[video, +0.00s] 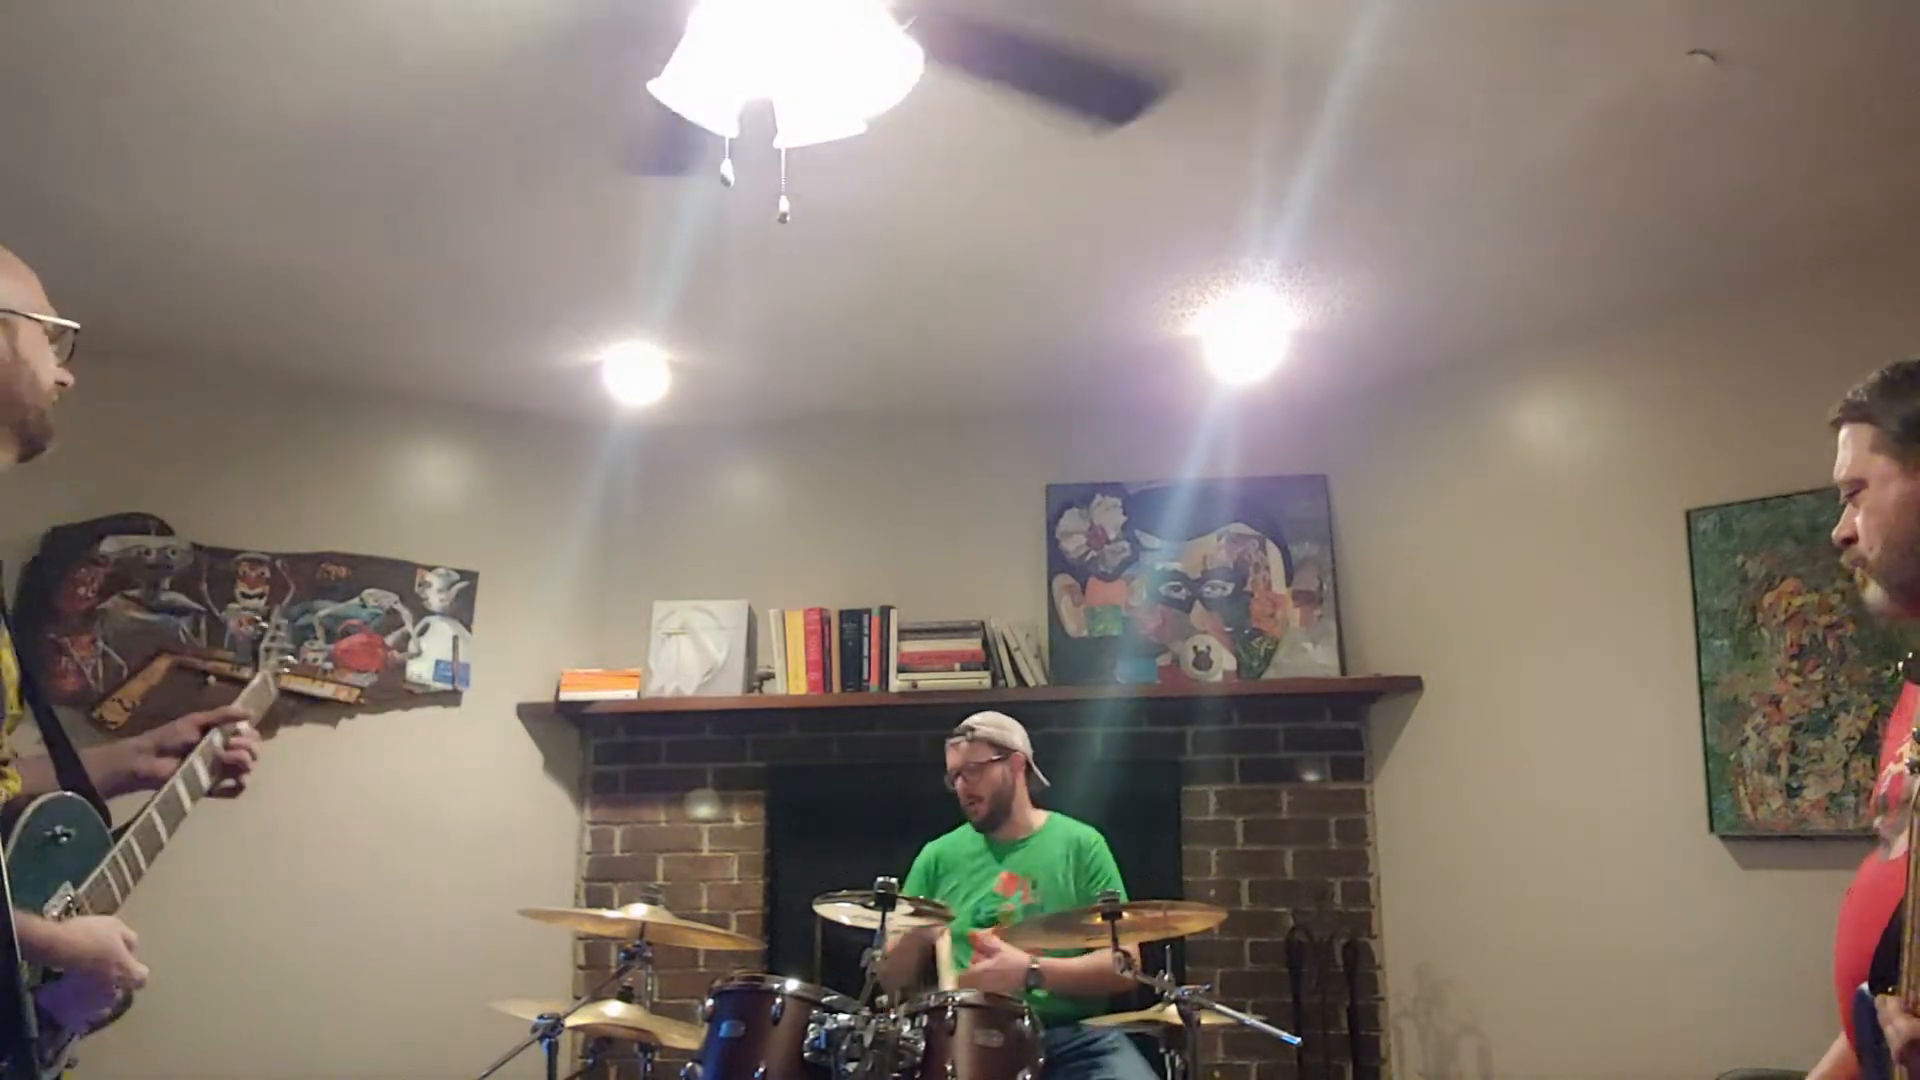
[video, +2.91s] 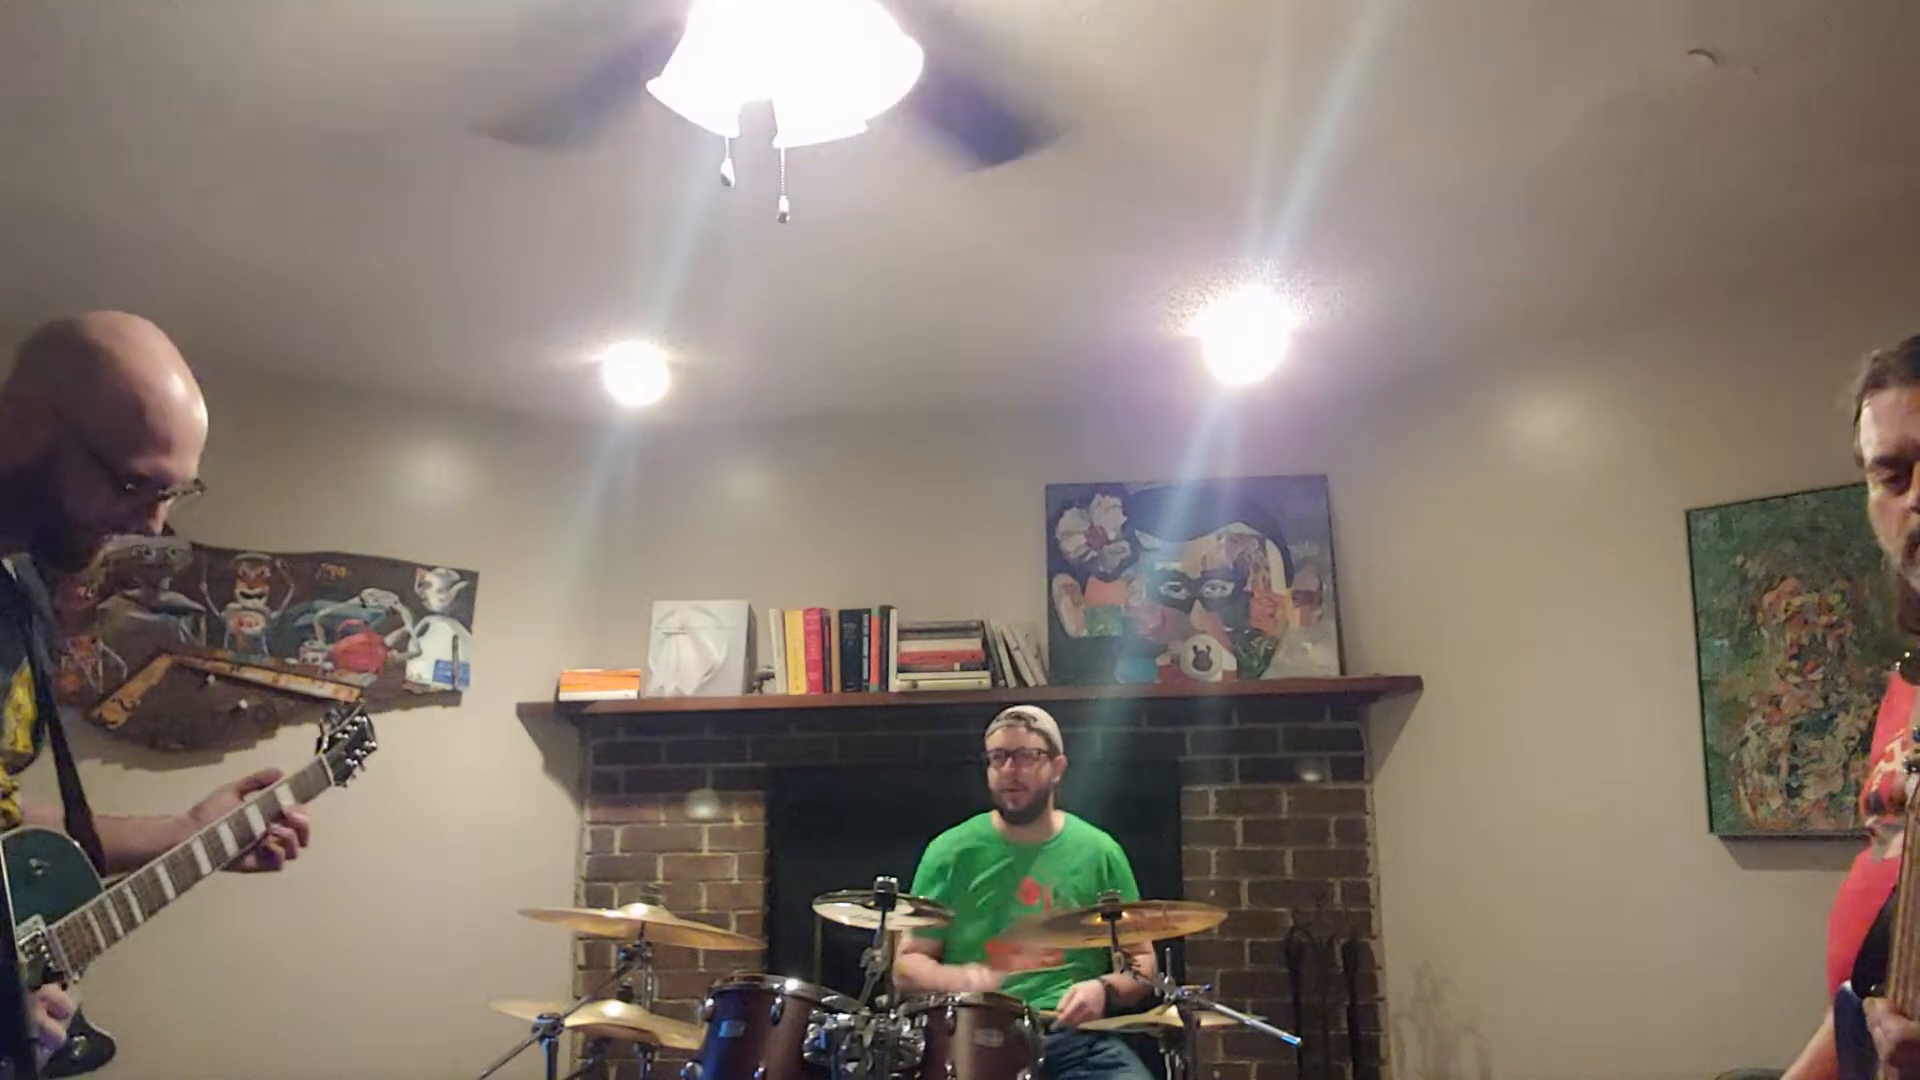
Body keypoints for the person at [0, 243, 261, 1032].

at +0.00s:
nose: (67, 376)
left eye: (63, 343)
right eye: (53, 335)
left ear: (9, 338)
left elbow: (5, 777)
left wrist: (141, 759)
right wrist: (49, 941)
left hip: (26, 1021)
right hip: (14, 1027)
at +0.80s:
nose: (142, 460)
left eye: (140, 432)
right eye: (122, 431)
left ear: (27, 430)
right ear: (26, 428)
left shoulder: (47, 602)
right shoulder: (15, 609)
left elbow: (65, 809)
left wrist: (250, 768)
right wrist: (78, 919)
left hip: (70, 1034)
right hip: (18, 1039)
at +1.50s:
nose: (136, 496)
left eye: (143, 467)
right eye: (108, 466)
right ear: (11, 446)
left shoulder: (47, 622)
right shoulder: (17, 623)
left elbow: (70, 830)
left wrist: (252, 777)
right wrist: (73, 914)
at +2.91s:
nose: (153, 524)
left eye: (172, 495)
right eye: (132, 487)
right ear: (33, 434)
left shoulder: (20, 595)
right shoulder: (12, 600)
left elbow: (14, 818)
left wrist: (185, 834)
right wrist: (9, 999)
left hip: (30, 1038)